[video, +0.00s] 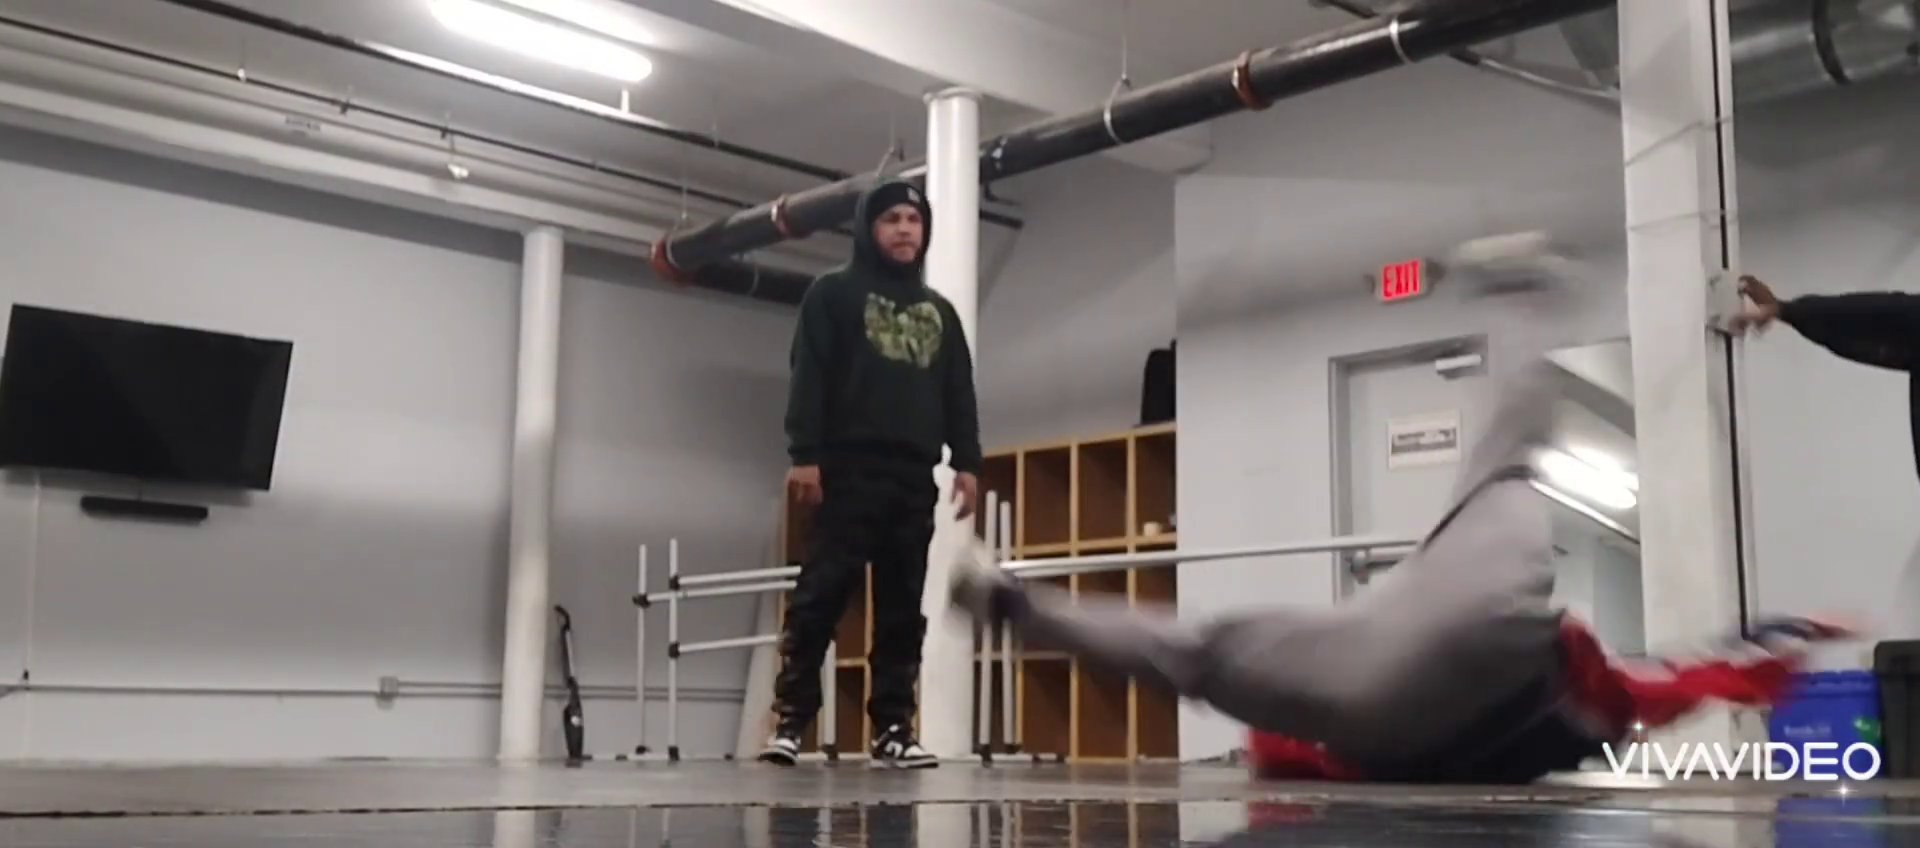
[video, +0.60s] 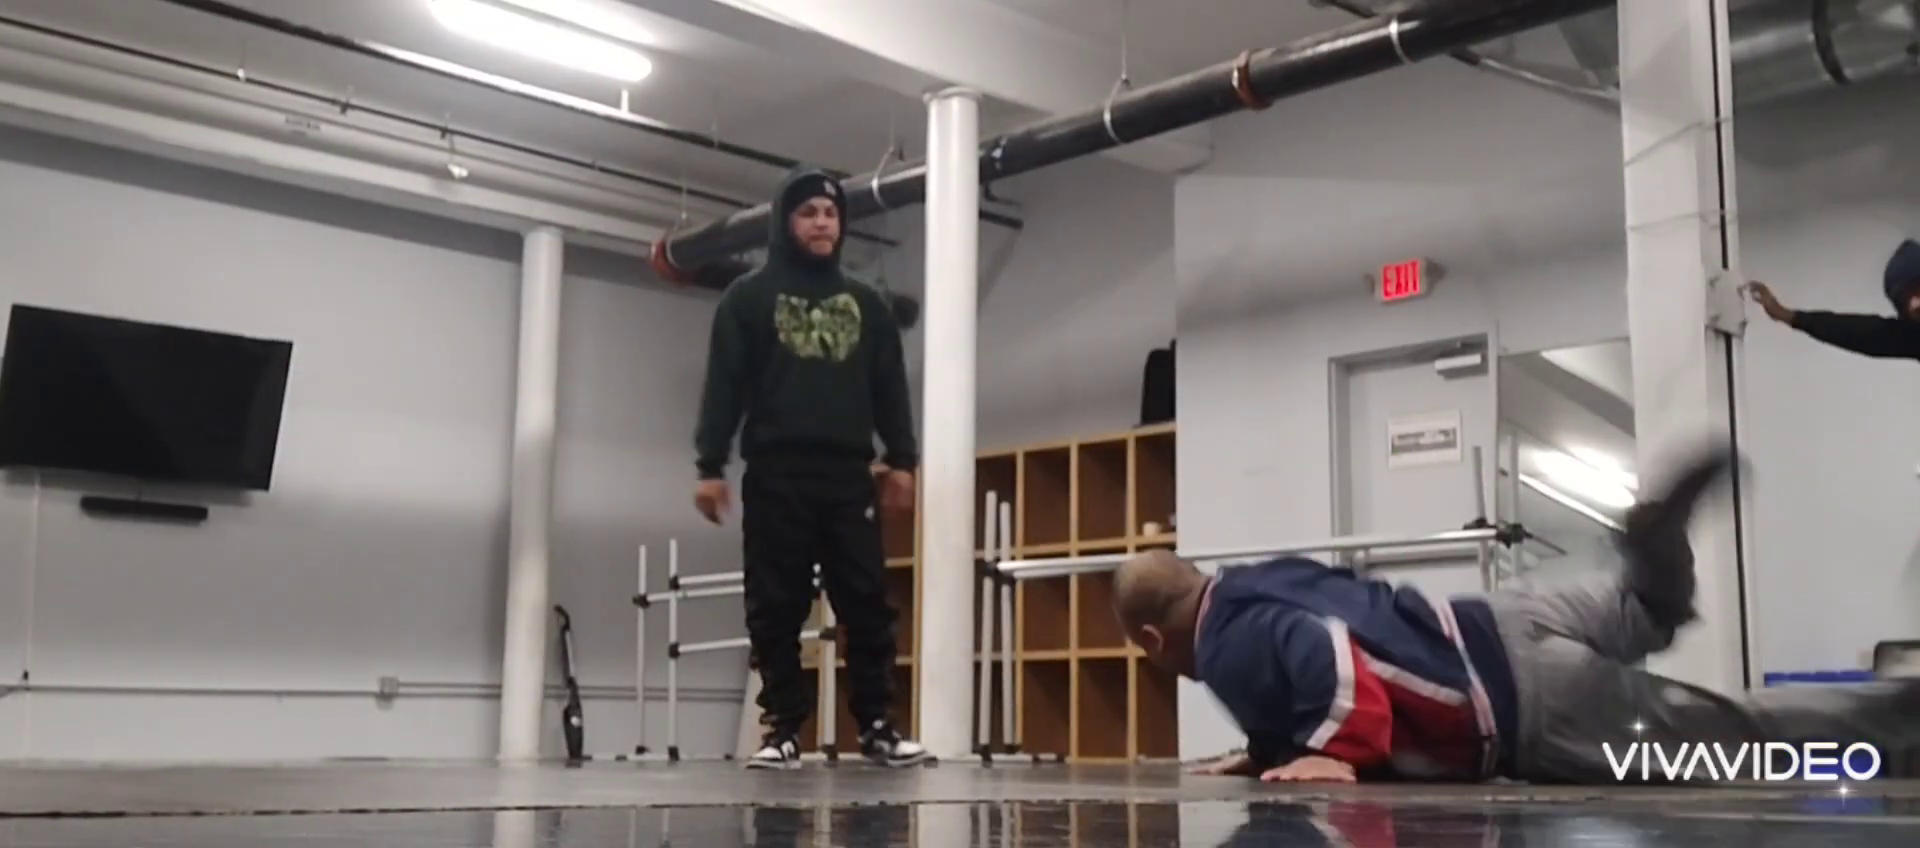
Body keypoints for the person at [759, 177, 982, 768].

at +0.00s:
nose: (905, 230)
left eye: (914, 221)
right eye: (893, 220)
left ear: (926, 233)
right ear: (867, 228)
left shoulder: (940, 312)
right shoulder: (832, 293)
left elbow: (959, 393)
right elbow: (807, 376)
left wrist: (967, 463)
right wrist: (804, 456)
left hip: (914, 474)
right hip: (846, 468)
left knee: (903, 607)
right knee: (820, 597)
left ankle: (893, 730)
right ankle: (791, 723)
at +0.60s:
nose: (822, 223)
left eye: (830, 213)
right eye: (809, 213)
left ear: (841, 223)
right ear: (785, 223)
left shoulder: (868, 301)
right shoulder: (749, 297)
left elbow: (889, 385)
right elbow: (723, 384)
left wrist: (902, 459)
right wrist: (711, 470)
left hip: (849, 472)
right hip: (775, 472)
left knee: (866, 601)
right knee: (773, 606)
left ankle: (877, 726)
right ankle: (782, 730)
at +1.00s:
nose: (797, 217)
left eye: (805, 208)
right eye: (784, 206)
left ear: (815, 219)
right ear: (758, 217)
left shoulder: (844, 294)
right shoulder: (721, 295)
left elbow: (869, 379)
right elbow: (696, 383)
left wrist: (878, 455)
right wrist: (684, 464)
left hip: (818, 463)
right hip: (749, 463)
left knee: (798, 581)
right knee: (752, 591)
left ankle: (793, 722)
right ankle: (775, 717)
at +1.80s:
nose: (780, 191)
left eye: (791, 186)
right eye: (768, 179)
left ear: (797, 202)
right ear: (739, 185)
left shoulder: (812, 276)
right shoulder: (689, 263)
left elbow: (833, 364)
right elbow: (651, 352)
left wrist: (823, 432)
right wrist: (628, 435)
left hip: (781, 452)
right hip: (706, 448)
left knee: (778, 591)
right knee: (690, 580)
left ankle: (756, 724)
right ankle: (702, 691)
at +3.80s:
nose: (742, 208)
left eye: (747, 199)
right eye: (730, 195)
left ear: (745, 211)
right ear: (696, 198)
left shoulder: (735, 287)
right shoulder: (654, 269)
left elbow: (749, 382)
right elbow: (648, 368)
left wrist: (759, 469)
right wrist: (672, 448)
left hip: (725, 458)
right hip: (664, 454)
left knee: (704, 602)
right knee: (648, 589)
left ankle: (684, 731)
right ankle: (626, 725)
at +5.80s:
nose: (759, 245)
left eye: (764, 237)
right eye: (748, 233)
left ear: (766, 249)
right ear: (716, 237)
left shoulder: (765, 322)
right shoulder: (674, 304)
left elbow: (780, 406)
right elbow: (655, 388)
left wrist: (789, 476)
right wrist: (668, 465)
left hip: (754, 490)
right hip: (694, 485)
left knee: (751, 619)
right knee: (668, 613)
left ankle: (756, 734)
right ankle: (646, 735)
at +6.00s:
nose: (789, 251)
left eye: (794, 244)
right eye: (779, 239)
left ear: (795, 255)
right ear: (748, 241)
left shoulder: (787, 325)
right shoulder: (707, 308)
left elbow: (804, 409)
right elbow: (697, 394)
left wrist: (817, 481)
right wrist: (711, 471)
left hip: (785, 489)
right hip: (730, 485)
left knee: (770, 615)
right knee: (703, 607)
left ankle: (758, 735)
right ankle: (655, 732)